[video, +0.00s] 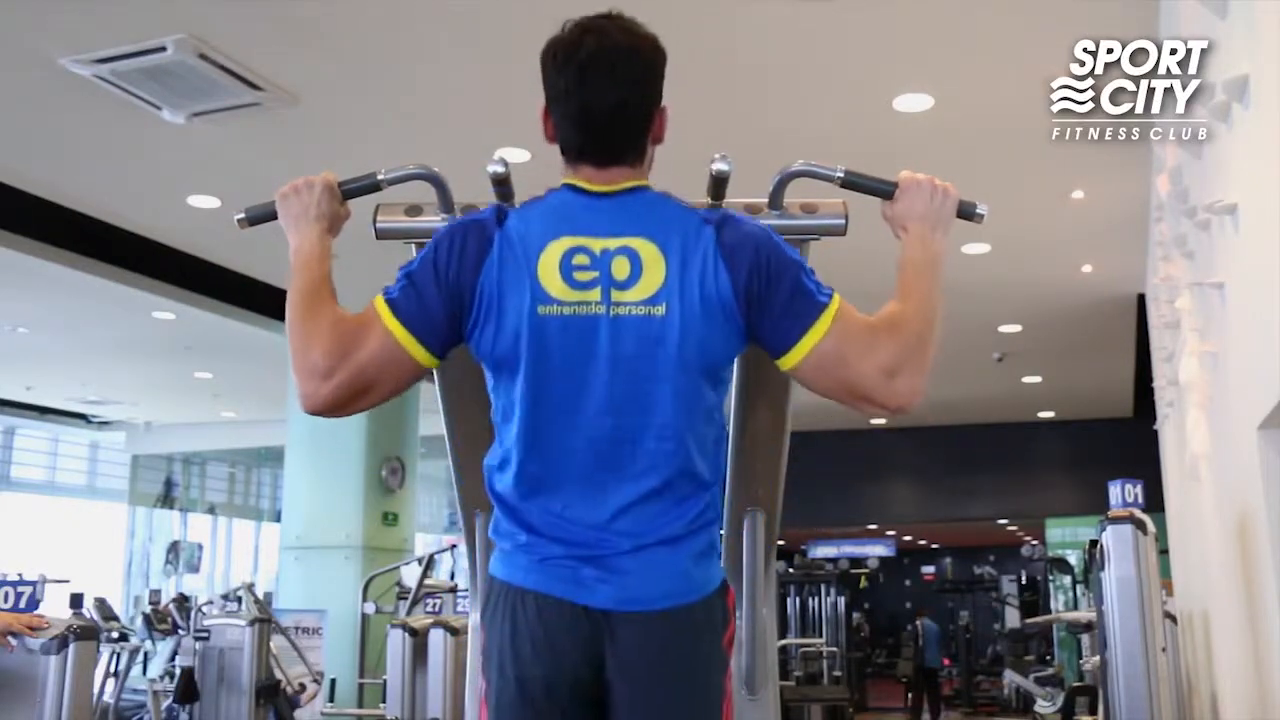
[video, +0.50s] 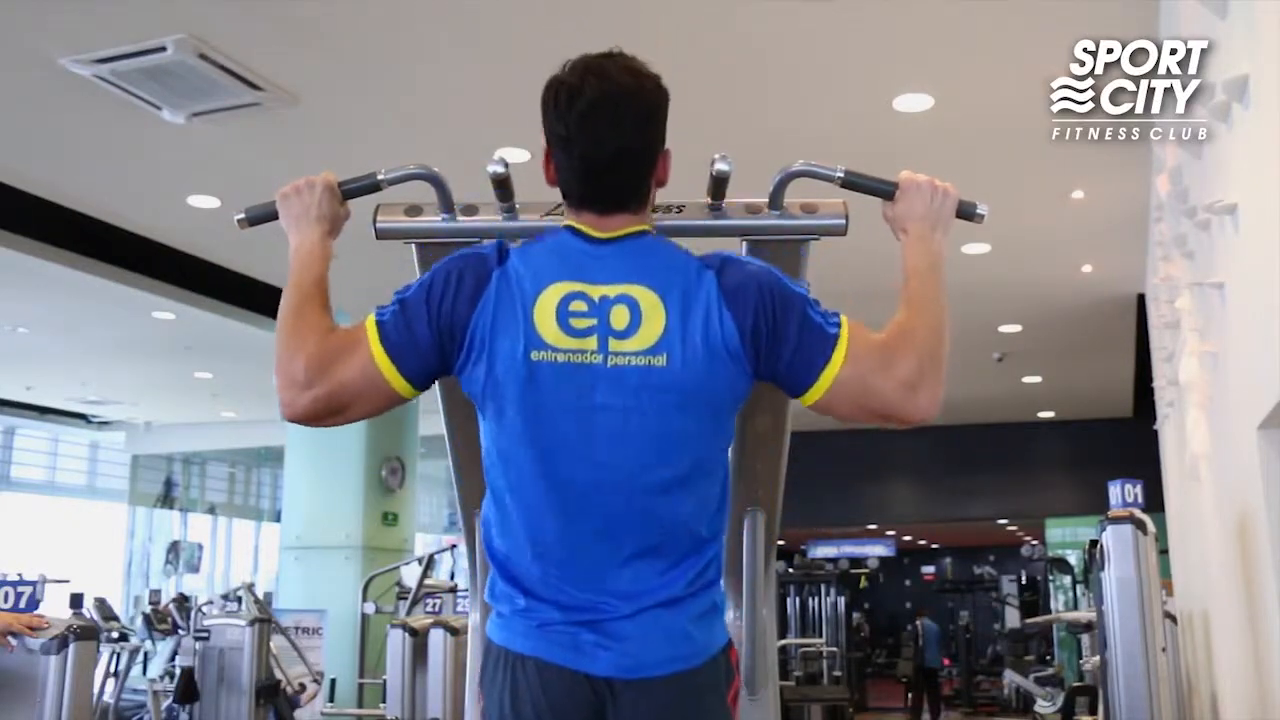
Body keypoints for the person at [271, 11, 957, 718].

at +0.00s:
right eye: (662, 113)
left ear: (547, 125)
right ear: (659, 127)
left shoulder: (484, 248)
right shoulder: (729, 250)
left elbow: (327, 381)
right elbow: (891, 378)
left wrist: (308, 241)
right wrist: (925, 241)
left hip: (529, 606)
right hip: (673, 610)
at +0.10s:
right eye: (663, 97)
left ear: (548, 111)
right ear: (659, 113)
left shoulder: (485, 233)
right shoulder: (729, 237)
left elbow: (336, 375)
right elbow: (888, 372)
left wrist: (308, 239)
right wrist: (924, 240)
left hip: (531, 596)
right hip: (676, 599)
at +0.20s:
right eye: (666, 97)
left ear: (551, 113)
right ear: (662, 114)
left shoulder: (487, 234)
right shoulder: (731, 239)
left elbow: (334, 375)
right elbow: (889, 373)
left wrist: (308, 239)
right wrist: (924, 239)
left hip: (532, 599)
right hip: (678, 603)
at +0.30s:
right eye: (664, 113)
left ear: (551, 125)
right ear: (663, 128)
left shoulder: (488, 246)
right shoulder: (730, 250)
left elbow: (328, 381)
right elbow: (896, 381)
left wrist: (309, 242)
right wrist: (925, 240)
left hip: (532, 611)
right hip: (678, 615)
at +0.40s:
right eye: (663, 130)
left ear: (549, 144)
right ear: (663, 146)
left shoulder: (486, 264)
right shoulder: (732, 271)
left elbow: (316, 387)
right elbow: (905, 385)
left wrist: (308, 240)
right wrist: (924, 239)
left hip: (531, 633)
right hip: (679, 636)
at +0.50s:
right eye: (663, 147)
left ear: (547, 166)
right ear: (665, 168)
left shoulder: (481, 286)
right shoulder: (732, 294)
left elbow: (307, 391)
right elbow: (910, 392)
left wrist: (307, 239)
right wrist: (924, 238)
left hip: (528, 666)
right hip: (679, 667)